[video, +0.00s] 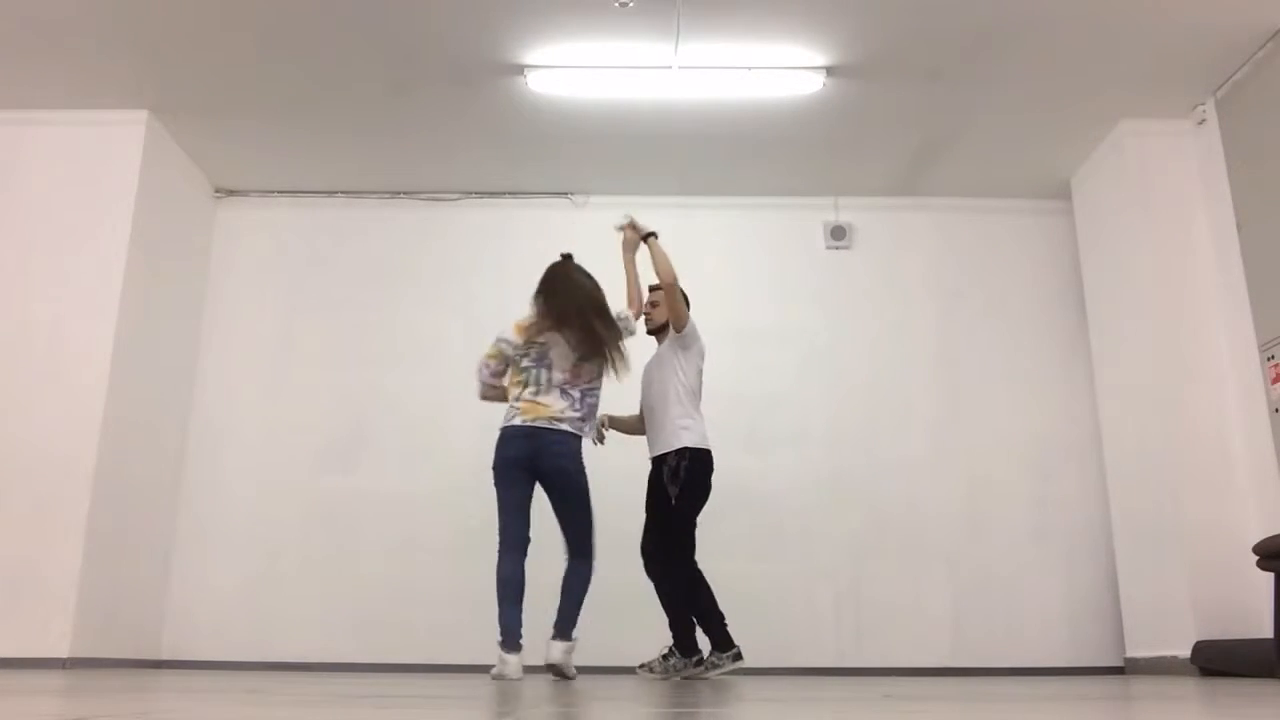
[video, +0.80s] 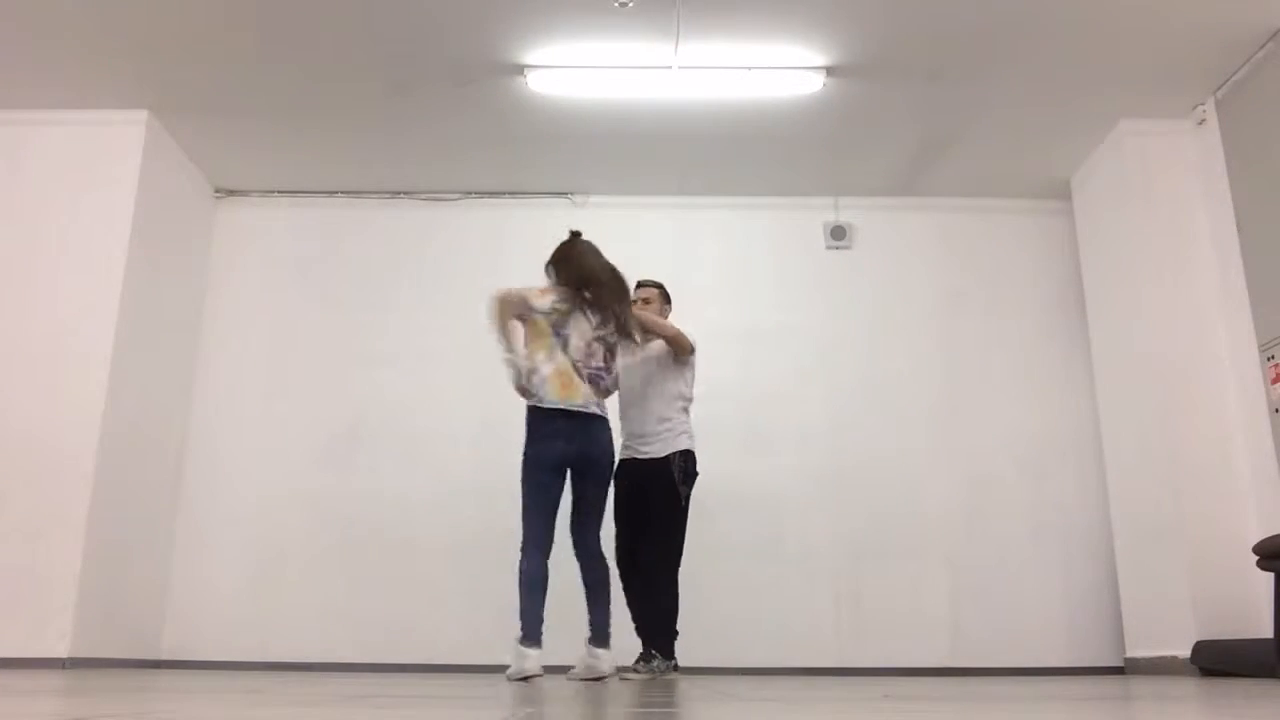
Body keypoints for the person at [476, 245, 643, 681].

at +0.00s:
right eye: (586, 293)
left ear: (543, 294)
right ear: (586, 296)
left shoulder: (522, 330)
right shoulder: (597, 335)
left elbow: (488, 386)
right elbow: (634, 309)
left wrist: (534, 394)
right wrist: (629, 252)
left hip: (513, 442)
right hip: (561, 446)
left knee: (511, 547)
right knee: (580, 553)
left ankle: (510, 653)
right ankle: (561, 645)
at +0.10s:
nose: (589, 290)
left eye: (582, 285)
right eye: (586, 285)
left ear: (539, 291)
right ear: (582, 291)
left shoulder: (523, 323)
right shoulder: (589, 319)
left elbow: (512, 384)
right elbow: (635, 288)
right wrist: (622, 236)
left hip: (513, 442)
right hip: (558, 443)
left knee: (518, 548)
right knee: (593, 547)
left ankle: (511, 652)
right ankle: (551, 643)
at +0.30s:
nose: (583, 287)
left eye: (590, 281)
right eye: (576, 279)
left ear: (595, 288)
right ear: (558, 282)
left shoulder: (592, 332)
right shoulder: (543, 318)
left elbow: (604, 397)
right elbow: (545, 262)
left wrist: (587, 380)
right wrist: (571, 237)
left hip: (568, 447)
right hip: (538, 444)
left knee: (610, 529)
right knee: (568, 542)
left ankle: (528, 564)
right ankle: (543, 648)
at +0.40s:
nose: (584, 284)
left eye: (591, 278)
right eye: (576, 276)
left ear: (597, 282)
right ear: (558, 277)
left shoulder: (610, 328)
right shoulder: (536, 315)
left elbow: (620, 390)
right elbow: (514, 257)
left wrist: (571, 371)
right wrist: (557, 245)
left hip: (586, 434)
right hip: (539, 434)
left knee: (594, 503)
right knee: (557, 538)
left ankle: (564, 528)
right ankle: (548, 648)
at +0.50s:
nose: (582, 281)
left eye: (590, 275)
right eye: (575, 273)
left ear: (597, 280)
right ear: (559, 274)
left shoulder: (602, 316)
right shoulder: (538, 318)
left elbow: (616, 375)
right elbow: (500, 283)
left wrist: (563, 372)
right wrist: (542, 269)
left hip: (589, 432)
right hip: (546, 432)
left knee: (532, 491)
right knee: (560, 540)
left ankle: (597, 534)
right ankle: (581, 638)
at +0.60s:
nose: (567, 272)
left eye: (576, 266)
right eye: (561, 265)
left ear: (590, 273)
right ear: (553, 271)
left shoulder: (579, 303)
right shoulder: (559, 313)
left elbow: (599, 346)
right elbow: (510, 326)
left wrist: (562, 367)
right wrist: (541, 315)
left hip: (575, 432)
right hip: (576, 433)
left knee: (516, 519)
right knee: (570, 544)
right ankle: (606, 643)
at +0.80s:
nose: (548, 278)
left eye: (550, 272)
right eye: (551, 273)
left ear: (557, 271)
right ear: (595, 270)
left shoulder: (545, 300)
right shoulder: (611, 310)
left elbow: (502, 301)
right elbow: (615, 378)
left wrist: (516, 368)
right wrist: (588, 386)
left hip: (547, 431)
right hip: (595, 434)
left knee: (536, 543)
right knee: (588, 540)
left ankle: (529, 650)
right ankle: (600, 650)